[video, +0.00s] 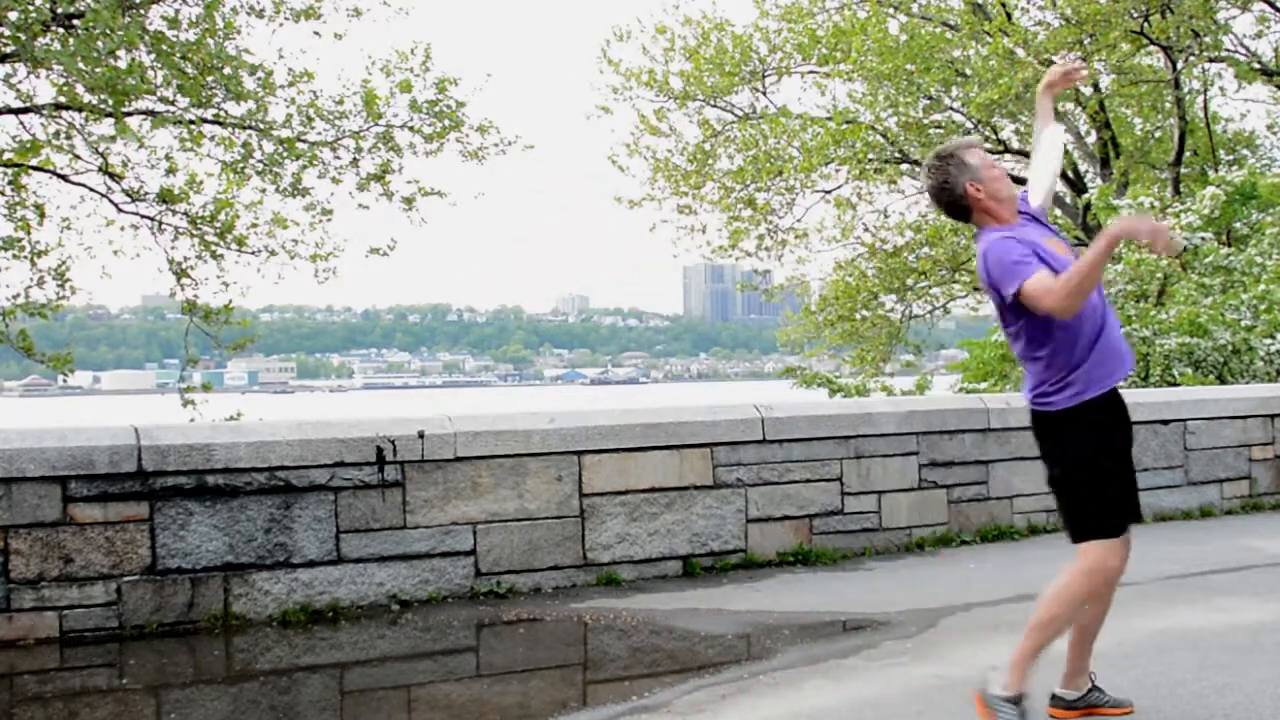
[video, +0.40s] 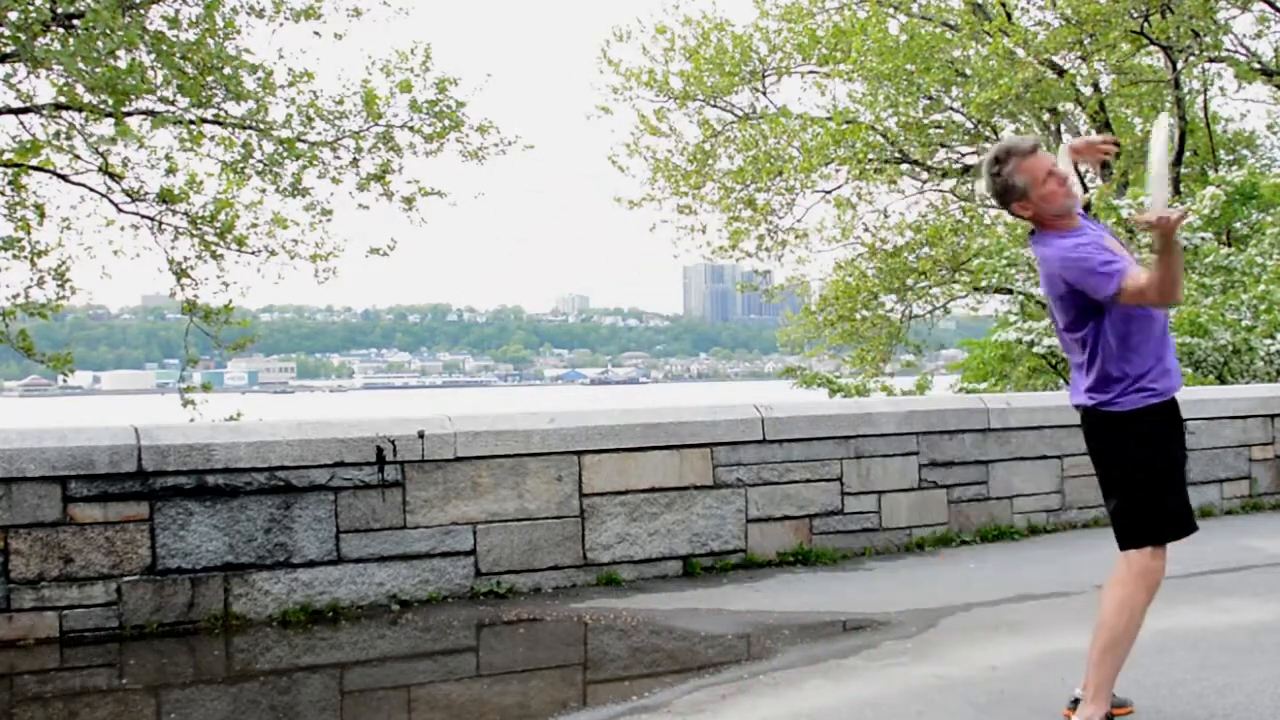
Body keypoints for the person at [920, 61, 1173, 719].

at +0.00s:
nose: (1004, 166)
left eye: (996, 160)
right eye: (993, 164)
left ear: (984, 191)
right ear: (977, 193)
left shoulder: (1027, 217)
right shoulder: (999, 250)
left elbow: (1045, 161)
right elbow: (1059, 300)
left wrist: (1045, 94)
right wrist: (1116, 233)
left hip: (1097, 402)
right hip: (1068, 412)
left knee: (1109, 554)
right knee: (1102, 556)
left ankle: (1075, 686)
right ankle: (1008, 685)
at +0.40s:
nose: (1061, 179)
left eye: (1056, 170)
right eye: (1047, 182)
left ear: (1062, 168)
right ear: (1024, 210)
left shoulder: (1063, 218)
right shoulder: (1069, 252)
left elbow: (1064, 197)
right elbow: (1163, 293)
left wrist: (1074, 154)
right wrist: (1166, 238)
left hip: (1131, 407)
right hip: (1125, 413)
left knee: (1142, 558)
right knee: (1144, 562)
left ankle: (1096, 691)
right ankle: (1092, 706)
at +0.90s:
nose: (1203, 182)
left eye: (1199, 174)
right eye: (1200, 177)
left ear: (1139, 183)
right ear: (1188, 192)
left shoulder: (1102, 224)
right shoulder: (1216, 264)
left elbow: (1026, 215)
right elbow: (1268, 324)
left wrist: (991, 184)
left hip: (1114, 429)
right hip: (1189, 427)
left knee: (1121, 551)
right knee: (1250, 549)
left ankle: (1084, 688)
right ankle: (1243, 689)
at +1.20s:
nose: (1260, 201)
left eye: (1264, 195)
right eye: (1268, 194)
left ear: (1266, 209)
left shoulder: (1223, 255)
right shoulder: (1268, 259)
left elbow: (1113, 237)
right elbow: (1239, 252)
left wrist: (1051, 190)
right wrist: (1196, 213)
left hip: (1193, 433)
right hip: (1268, 438)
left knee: (1151, 550)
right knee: (1276, 573)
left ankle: (1108, 688)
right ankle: (1279, 709)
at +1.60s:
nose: (1263, 164)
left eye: (1273, 155)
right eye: (1264, 153)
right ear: (1265, 156)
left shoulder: (1270, 231)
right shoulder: (1267, 227)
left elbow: (1177, 277)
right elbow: (1266, 314)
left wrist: (1092, 315)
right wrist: (1228, 373)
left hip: (1253, 413)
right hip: (1275, 414)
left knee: (1197, 562)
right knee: (1279, 559)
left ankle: (1254, 705)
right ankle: (1263, 705)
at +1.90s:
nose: (1253, 137)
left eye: (1266, 127)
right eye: (1251, 124)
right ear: (1251, 126)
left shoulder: (1274, 193)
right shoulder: (1257, 202)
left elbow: (1193, 202)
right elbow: (1241, 314)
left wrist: (1100, 199)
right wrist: (1178, 376)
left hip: (1259, 402)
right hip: (1245, 400)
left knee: (1252, 587)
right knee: (1258, 580)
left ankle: (1273, 705)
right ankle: (1273, 701)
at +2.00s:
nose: (1254, 131)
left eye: (1269, 120)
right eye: (1249, 118)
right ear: (1243, 122)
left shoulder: (1275, 191)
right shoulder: (1249, 205)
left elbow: (1205, 199)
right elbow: (1225, 318)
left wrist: (1127, 185)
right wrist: (1156, 376)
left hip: (1258, 404)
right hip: (1235, 403)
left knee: (1248, 580)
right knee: (1244, 576)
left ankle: (1265, 709)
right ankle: (1262, 705)